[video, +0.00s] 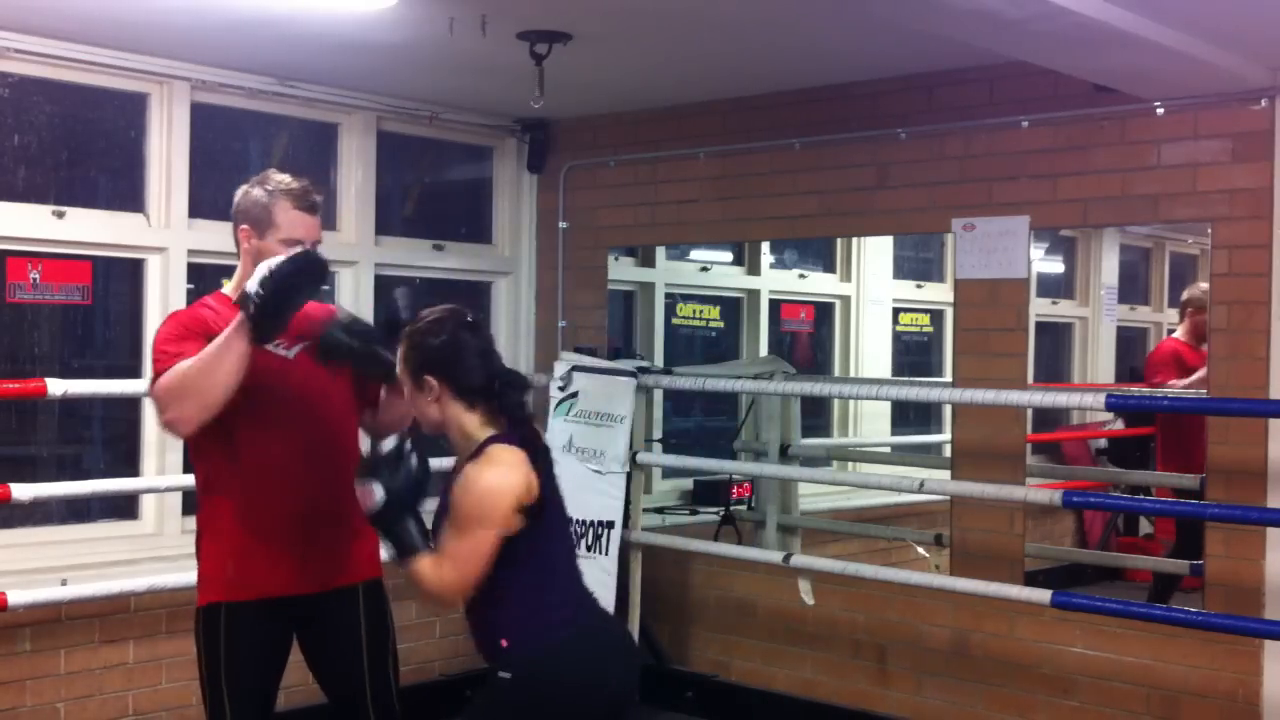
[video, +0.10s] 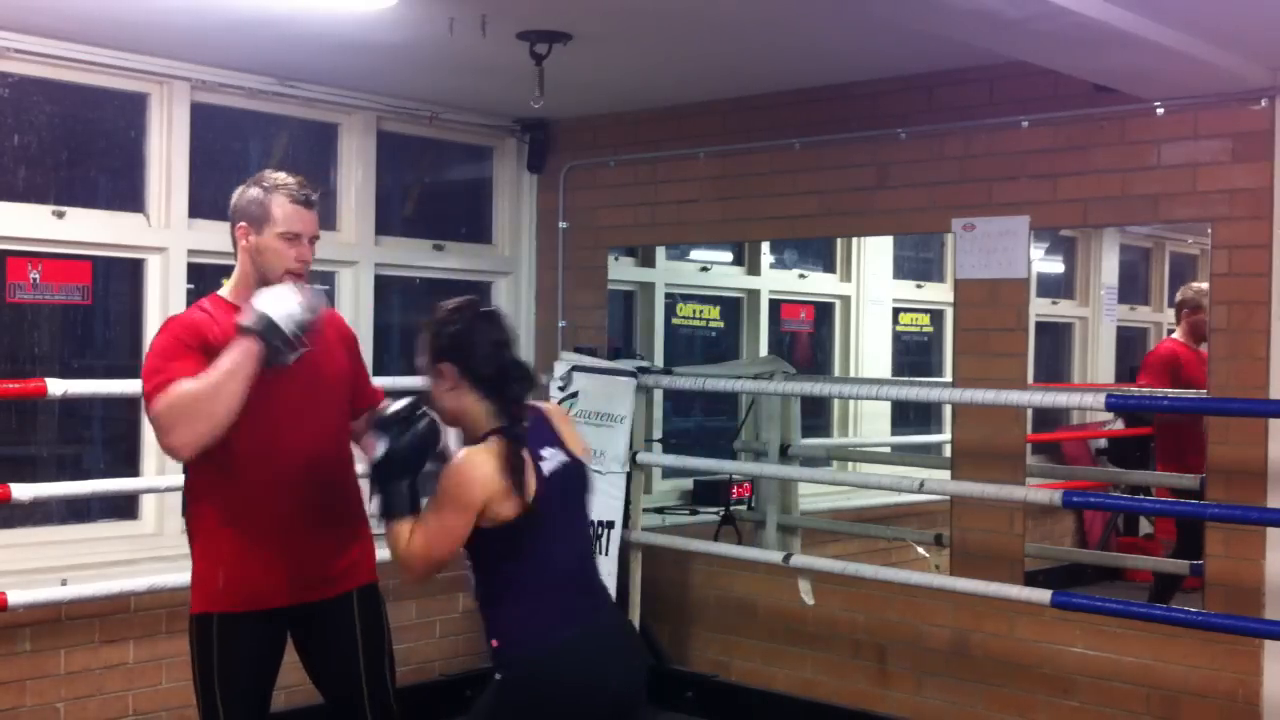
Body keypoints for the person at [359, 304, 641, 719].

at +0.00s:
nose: (406, 401)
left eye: (406, 386)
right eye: (403, 387)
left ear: (432, 389)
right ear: (480, 374)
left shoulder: (492, 474)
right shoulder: (513, 439)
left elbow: (448, 586)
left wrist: (398, 522)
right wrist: (418, 489)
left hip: (548, 675)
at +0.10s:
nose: (429, 391)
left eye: (430, 377)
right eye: (429, 378)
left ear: (450, 377)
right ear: (502, 365)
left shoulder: (474, 468)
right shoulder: (554, 419)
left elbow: (415, 561)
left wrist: (394, 479)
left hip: (539, 675)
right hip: (611, 651)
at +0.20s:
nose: (489, 386)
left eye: (491, 374)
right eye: (488, 374)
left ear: (514, 375)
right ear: (564, 367)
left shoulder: (514, 467)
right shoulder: (626, 446)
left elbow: (445, 541)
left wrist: (440, 462)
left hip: (549, 677)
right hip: (629, 665)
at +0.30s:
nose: (561, 391)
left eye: (562, 380)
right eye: (559, 381)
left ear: (579, 381)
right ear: (636, 374)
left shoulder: (574, 460)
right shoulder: (686, 458)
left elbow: (515, 552)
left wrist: (507, 469)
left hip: (599, 688)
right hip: (677, 683)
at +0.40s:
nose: (610, 384)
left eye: (610, 372)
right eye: (607, 372)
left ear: (631, 373)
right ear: (683, 366)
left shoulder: (626, 453)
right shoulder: (734, 452)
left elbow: (573, 556)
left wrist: (560, 471)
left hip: (641, 686)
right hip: (722, 679)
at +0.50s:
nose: (638, 373)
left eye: (637, 360)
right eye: (634, 361)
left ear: (661, 355)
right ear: (712, 350)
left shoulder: (651, 427)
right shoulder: (762, 437)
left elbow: (585, 529)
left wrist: (580, 444)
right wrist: (631, 434)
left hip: (661, 665)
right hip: (744, 663)